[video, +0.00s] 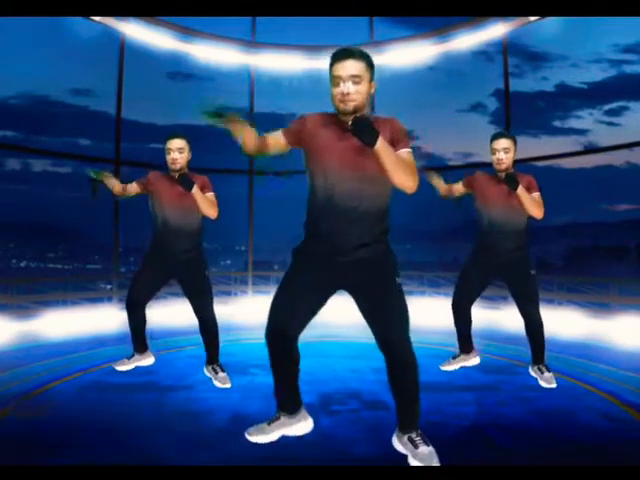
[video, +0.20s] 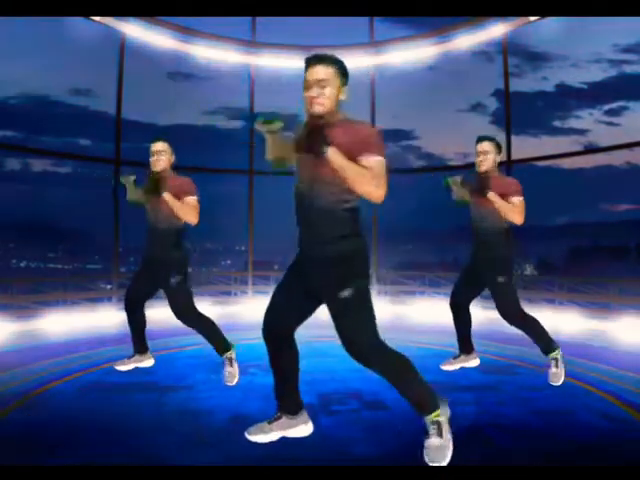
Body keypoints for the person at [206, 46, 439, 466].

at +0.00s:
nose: (345, 89)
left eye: (355, 80)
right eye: (338, 81)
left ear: (371, 85)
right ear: (330, 86)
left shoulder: (389, 130)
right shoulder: (310, 126)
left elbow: (409, 182)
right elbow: (260, 145)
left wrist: (374, 141)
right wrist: (237, 125)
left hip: (370, 258)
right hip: (317, 256)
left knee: (398, 347)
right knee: (280, 331)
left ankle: (409, 433)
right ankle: (291, 413)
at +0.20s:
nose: (315, 93)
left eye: (324, 85)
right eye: (309, 86)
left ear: (342, 91)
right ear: (303, 92)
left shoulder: (362, 134)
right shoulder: (308, 136)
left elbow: (376, 190)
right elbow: (280, 159)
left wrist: (335, 159)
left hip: (345, 259)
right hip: (310, 259)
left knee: (363, 347)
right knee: (275, 329)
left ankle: (434, 412)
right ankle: (291, 414)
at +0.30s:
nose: (296, 98)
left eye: (304, 91)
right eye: (297, 91)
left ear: (328, 94)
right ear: (323, 96)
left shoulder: (330, 131)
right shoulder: (333, 131)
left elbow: (297, 153)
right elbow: (298, 156)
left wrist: (264, 133)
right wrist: (268, 137)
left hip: (336, 262)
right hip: (319, 261)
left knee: (362, 349)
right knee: (277, 325)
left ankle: (437, 414)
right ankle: (291, 414)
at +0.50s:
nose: (296, 99)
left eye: (300, 92)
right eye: (296, 94)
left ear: (321, 92)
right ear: (324, 94)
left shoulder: (333, 119)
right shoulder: (328, 131)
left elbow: (274, 126)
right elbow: (304, 180)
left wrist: (242, 119)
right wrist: (298, 140)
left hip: (343, 259)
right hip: (319, 258)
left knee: (373, 345)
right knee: (277, 326)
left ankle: (443, 419)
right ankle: (291, 415)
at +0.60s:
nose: (292, 96)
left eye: (297, 88)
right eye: (292, 89)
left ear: (321, 87)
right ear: (312, 90)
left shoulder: (353, 122)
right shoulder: (308, 133)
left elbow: (353, 150)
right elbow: (292, 182)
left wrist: (307, 123)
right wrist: (283, 145)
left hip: (350, 253)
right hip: (312, 253)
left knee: (378, 341)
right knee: (282, 330)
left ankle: (432, 417)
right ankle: (292, 416)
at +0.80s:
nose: (309, 96)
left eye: (315, 87)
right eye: (306, 89)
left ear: (340, 87)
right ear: (309, 92)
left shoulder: (374, 126)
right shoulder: (309, 139)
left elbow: (388, 173)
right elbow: (280, 181)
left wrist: (343, 131)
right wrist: (275, 141)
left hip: (365, 256)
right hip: (316, 257)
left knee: (393, 343)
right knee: (289, 331)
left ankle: (408, 423)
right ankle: (293, 417)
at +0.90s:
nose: (315, 94)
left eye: (321, 85)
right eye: (312, 87)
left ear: (346, 84)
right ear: (312, 90)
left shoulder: (379, 124)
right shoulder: (311, 138)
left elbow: (397, 173)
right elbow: (285, 181)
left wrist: (350, 131)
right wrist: (277, 140)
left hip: (370, 254)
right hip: (321, 255)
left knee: (395, 341)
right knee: (292, 330)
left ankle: (408, 423)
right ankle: (293, 415)